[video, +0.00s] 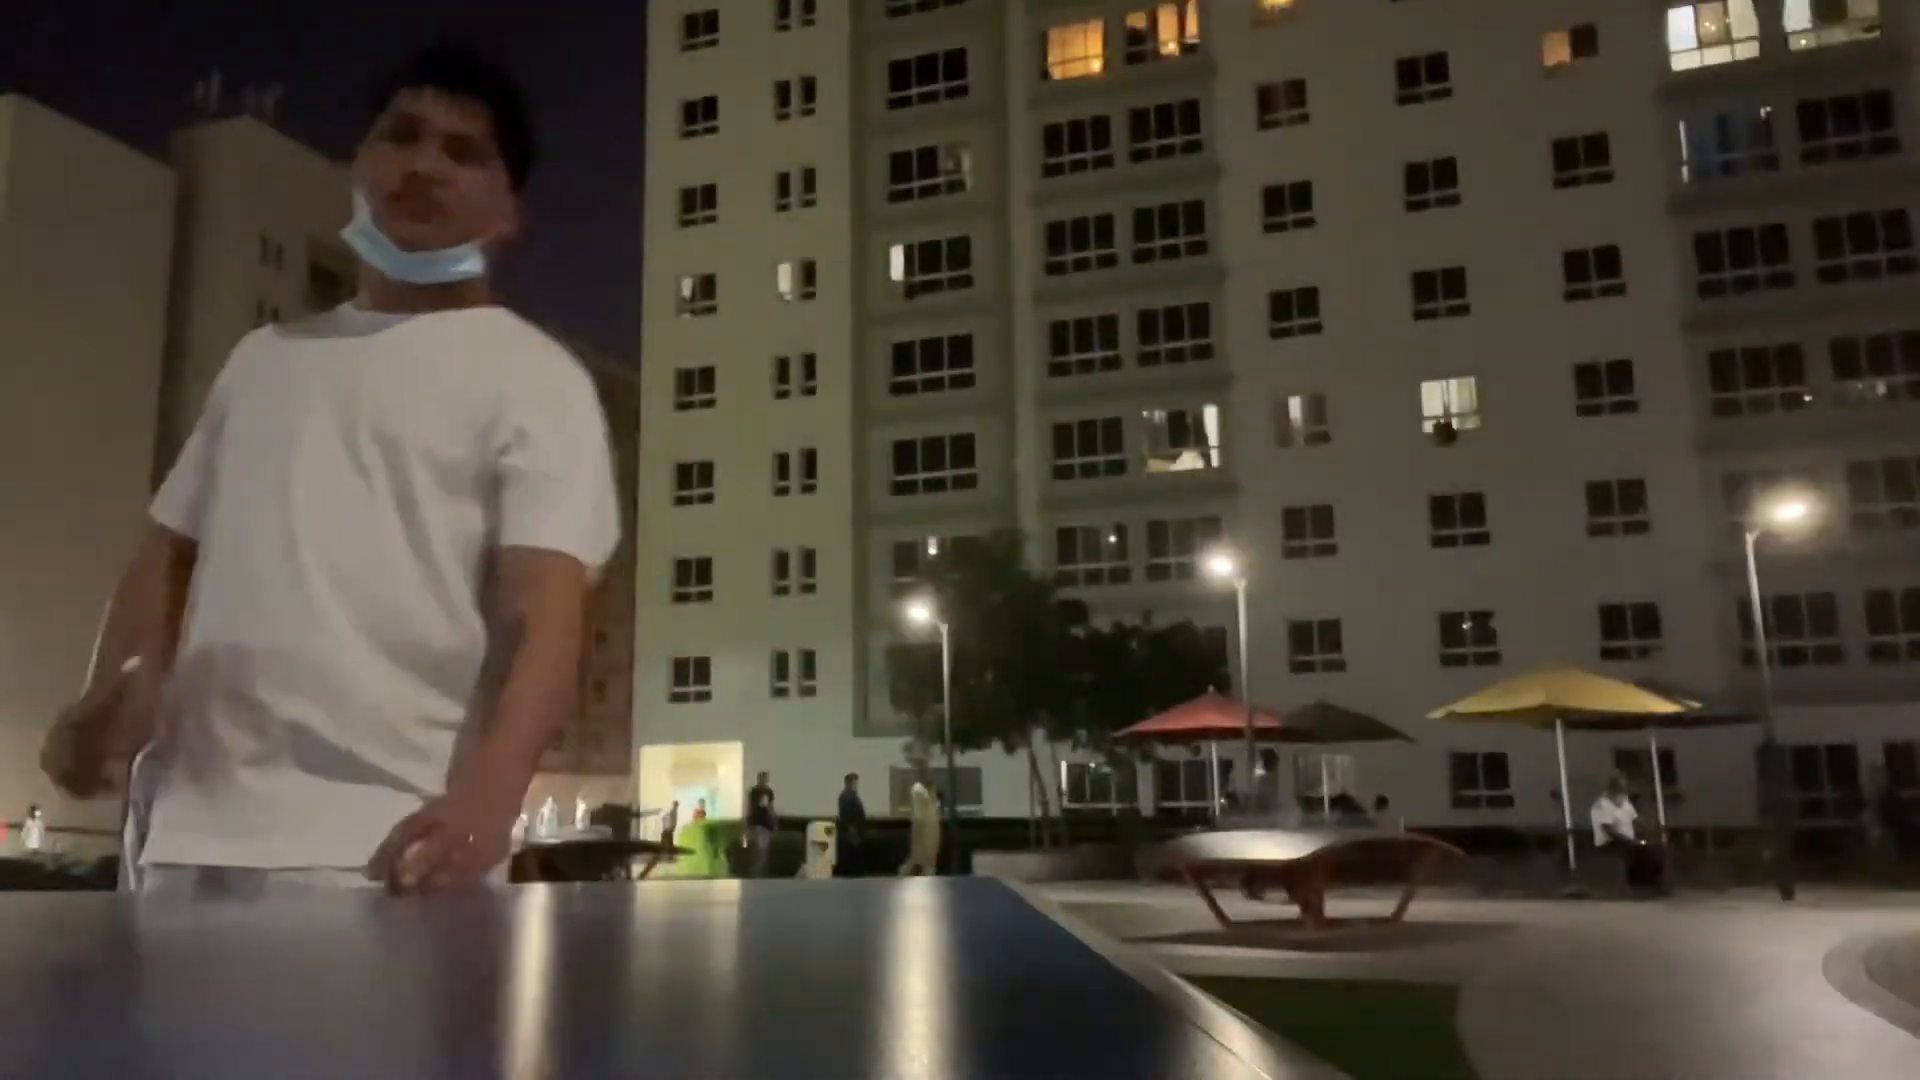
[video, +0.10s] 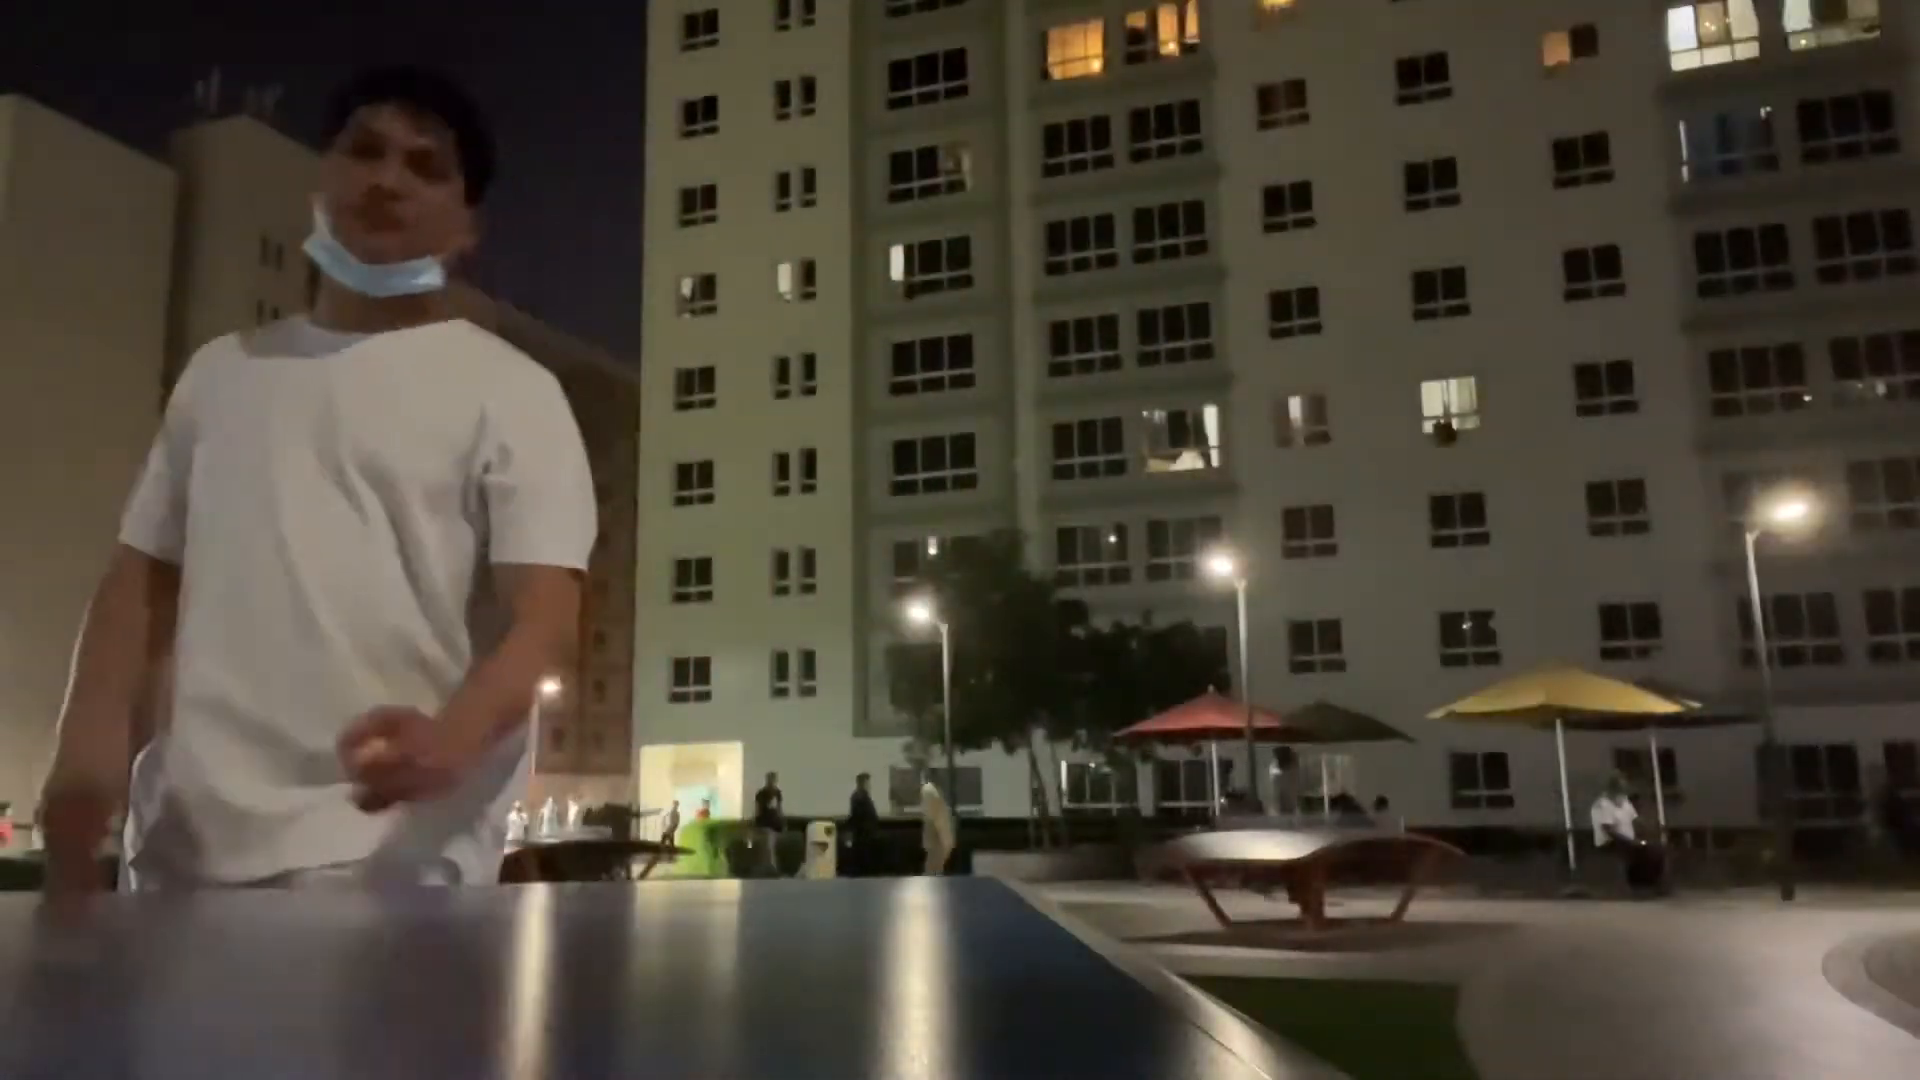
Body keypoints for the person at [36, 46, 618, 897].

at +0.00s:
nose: (424, 166)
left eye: (463, 152)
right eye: (402, 136)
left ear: (507, 213)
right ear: (356, 169)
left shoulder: (531, 377)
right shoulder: (262, 359)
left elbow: (547, 629)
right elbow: (167, 552)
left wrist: (482, 809)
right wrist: (121, 690)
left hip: (383, 861)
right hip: (190, 844)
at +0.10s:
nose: (386, 180)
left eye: (425, 168)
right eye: (364, 150)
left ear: (465, 227)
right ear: (320, 186)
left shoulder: (509, 393)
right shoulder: (221, 374)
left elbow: (545, 623)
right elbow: (140, 579)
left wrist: (455, 740)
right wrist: (87, 775)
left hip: (392, 865)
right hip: (194, 859)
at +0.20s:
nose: (388, 205)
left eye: (421, 189)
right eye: (361, 178)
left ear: (462, 242)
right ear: (318, 215)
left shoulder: (523, 409)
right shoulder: (226, 401)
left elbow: (524, 639)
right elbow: (145, 615)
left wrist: (438, 806)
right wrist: (72, 818)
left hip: (433, 865)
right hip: (232, 856)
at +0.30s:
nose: (440, 237)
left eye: (468, 219)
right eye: (412, 214)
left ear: (510, 261)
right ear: (371, 251)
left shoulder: (570, 432)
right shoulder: (282, 425)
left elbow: (592, 654)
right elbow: (195, 620)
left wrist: (593, 828)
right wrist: (134, 806)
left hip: (476, 864)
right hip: (278, 867)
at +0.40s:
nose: (498, 267)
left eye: (526, 249)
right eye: (471, 246)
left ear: (565, 291)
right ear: (433, 278)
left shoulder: (629, 456)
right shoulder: (350, 446)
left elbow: (672, 655)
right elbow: (273, 640)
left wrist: (699, 810)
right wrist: (204, 805)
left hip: (549, 861)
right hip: (359, 858)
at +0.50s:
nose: (567, 282)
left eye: (593, 263)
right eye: (542, 261)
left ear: (630, 292)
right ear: (505, 287)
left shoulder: (681, 467)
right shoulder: (415, 435)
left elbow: (725, 658)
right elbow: (346, 630)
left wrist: (759, 810)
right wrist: (289, 817)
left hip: (594, 852)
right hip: (416, 847)